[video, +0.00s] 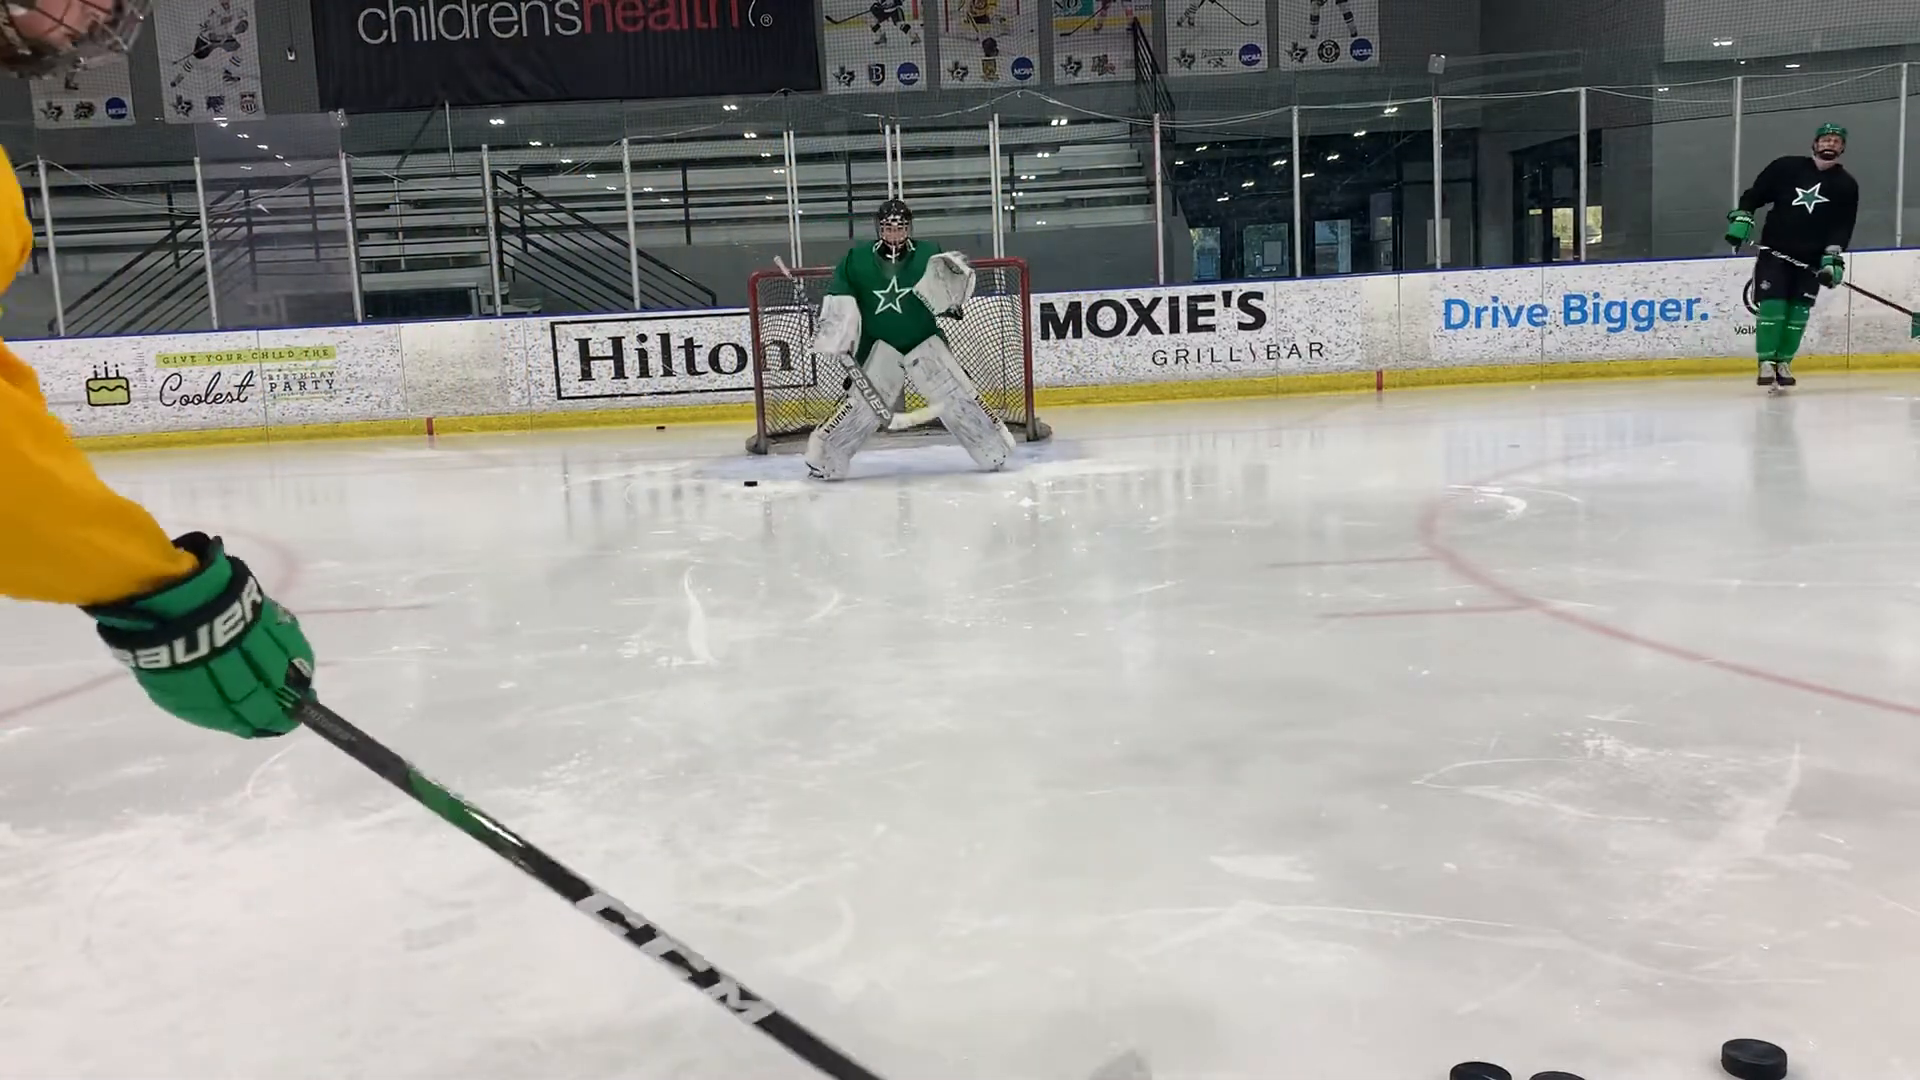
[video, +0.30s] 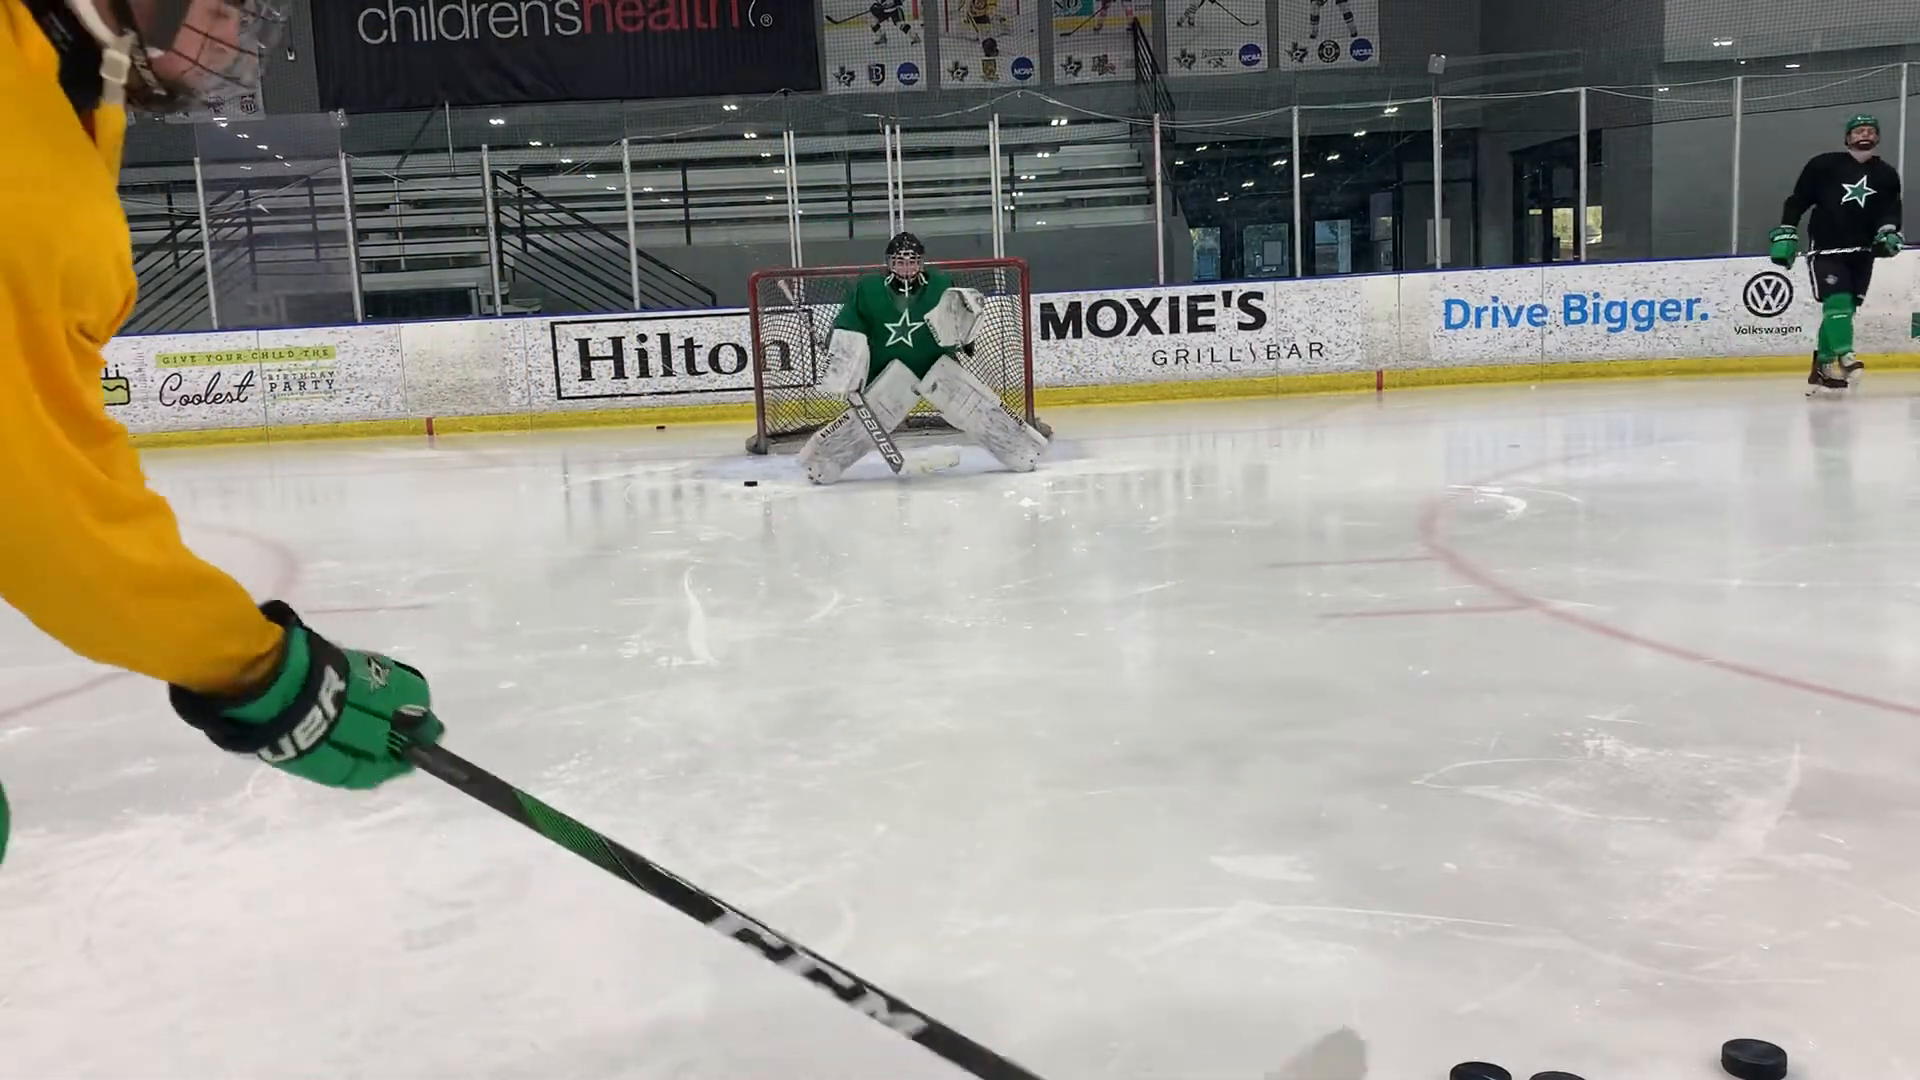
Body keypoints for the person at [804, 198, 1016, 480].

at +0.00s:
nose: (894, 234)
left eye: (899, 227)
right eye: (888, 228)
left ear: (908, 228)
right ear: (879, 229)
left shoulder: (927, 254)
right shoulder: (858, 260)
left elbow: (950, 302)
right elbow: (838, 301)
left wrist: (953, 276)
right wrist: (840, 338)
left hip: (924, 341)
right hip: (879, 346)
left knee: (956, 398)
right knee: (865, 408)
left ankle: (994, 455)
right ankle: (825, 461)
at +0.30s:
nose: (906, 266)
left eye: (912, 260)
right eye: (900, 261)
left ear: (921, 262)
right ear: (889, 262)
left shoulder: (939, 285)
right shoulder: (867, 291)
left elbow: (963, 336)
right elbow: (848, 333)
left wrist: (965, 312)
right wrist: (847, 372)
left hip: (938, 367)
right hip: (890, 372)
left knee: (978, 408)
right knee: (867, 421)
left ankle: (1022, 451)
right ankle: (822, 463)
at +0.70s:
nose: (915, 288)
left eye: (921, 281)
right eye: (910, 282)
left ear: (931, 281)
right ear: (899, 282)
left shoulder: (948, 303)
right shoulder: (878, 308)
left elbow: (971, 350)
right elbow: (853, 347)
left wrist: (969, 346)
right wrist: (852, 384)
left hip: (947, 382)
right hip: (897, 387)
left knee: (983, 412)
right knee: (872, 429)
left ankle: (1024, 450)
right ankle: (828, 466)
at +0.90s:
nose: (916, 292)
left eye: (921, 285)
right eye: (909, 285)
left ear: (931, 285)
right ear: (898, 285)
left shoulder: (949, 306)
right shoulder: (878, 310)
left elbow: (976, 363)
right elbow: (851, 349)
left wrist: (971, 353)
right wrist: (847, 388)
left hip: (946, 383)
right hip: (896, 389)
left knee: (981, 412)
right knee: (871, 429)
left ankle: (1025, 449)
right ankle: (827, 465)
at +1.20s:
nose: (918, 302)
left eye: (923, 296)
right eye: (912, 296)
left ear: (931, 296)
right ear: (899, 295)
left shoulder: (947, 317)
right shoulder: (876, 319)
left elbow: (967, 352)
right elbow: (847, 355)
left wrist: (998, 346)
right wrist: (859, 386)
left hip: (945, 412)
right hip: (896, 414)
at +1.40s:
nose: (937, 299)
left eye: (940, 293)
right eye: (929, 294)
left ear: (944, 293)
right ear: (911, 296)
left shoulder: (958, 323)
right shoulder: (885, 325)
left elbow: (978, 356)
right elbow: (850, 357)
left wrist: (1011, 326)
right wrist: (853, 393)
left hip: (951, 424)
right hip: (895, 427)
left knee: (1003, 439)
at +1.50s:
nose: (944, 297)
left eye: (945, 289)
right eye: (936, 291)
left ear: (948, 288)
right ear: (918, 293)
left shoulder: (961, 322)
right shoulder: (889, 323)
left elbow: (983, 356)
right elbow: (853, 360)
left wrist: (1013, 327)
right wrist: (852, 405)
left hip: (954, 426)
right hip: (899, 428)